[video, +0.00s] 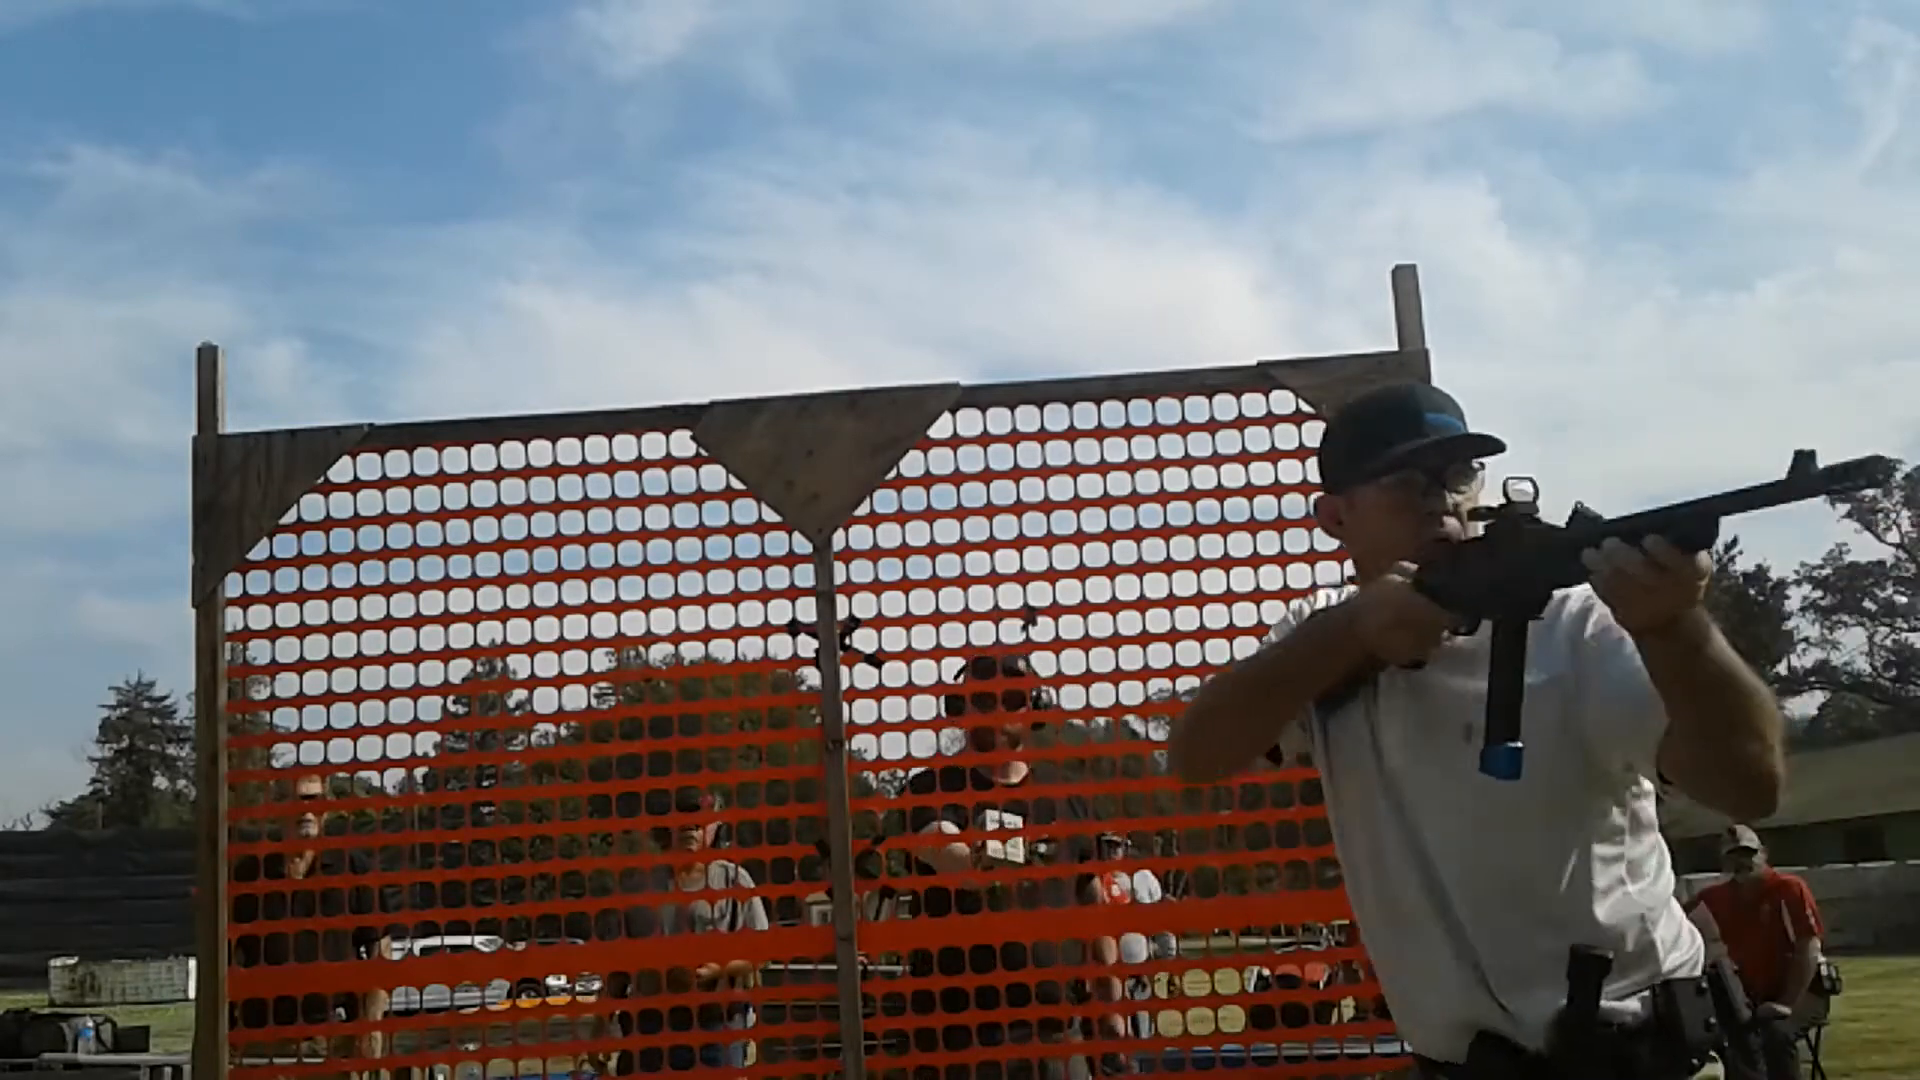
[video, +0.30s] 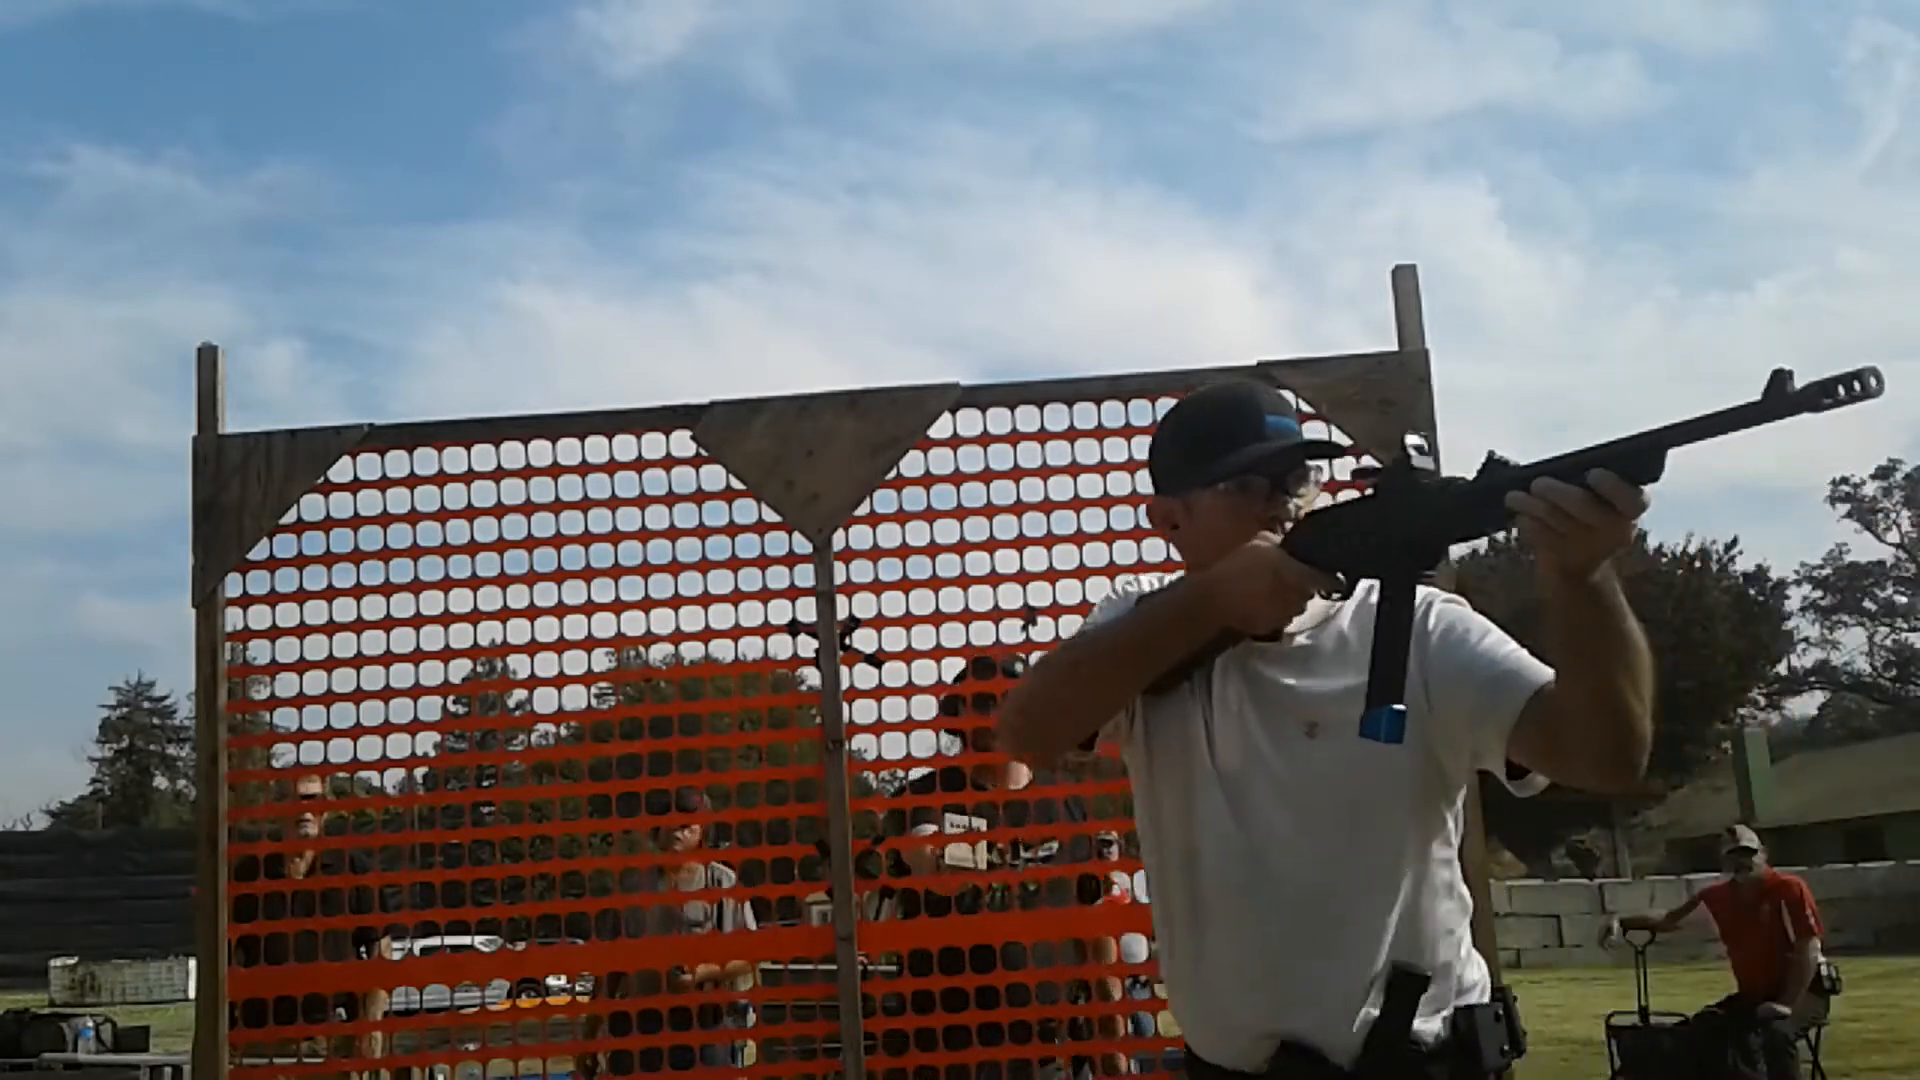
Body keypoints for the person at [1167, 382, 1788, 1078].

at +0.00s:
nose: (1448, 507)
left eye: (1460, 476)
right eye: (1409, 482)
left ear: (1483, 491)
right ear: (1337, 519)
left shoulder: (1570, 620)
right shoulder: (1327, 649)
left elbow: (1752, 788)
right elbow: (1193, 755)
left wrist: (1677, 630)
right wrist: (1346, 634)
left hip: (1648, 1036)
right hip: (1466, 1058)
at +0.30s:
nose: (1285, 507)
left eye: (1294, 481)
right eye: (1249, 485)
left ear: (1318, 489)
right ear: (1172, 519)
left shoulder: (1412, 628)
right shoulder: (1144, 636)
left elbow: (1608, 756)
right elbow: (1027, 730)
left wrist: (1579, 584)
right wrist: (1211, 600)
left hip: (1422, 1050)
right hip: (1228, 1059)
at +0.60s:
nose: (1180, 509)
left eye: (1192, 481)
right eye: (1146, 486)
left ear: (1216, 488)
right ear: (1066, 514)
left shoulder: (1297, 631)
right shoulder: (1028, 626)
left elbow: (1488, 756)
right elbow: (906, 726)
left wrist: (1465, 580)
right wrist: (1101, 594)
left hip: (1304, 1057)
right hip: (1103, 1065)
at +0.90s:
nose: (1124, 502)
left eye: (1137, 474)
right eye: (1090, 480)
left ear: (1160, 480)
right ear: (1004, 507)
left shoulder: (1235, 621)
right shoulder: (962, 620)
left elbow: (1422, 759)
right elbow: (834, 713)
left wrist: (1409, 576)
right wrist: (1033, 586)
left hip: (1239, 1052)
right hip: (1037, 1061)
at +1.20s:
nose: (1114, 496)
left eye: (1125, 468)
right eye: (1082, 474)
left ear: (1146, 475)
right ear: (995, 499)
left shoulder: (1224, 621)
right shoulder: (951, 635)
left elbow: (1406, 752)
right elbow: (820, 700)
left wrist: (1390, 569)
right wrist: (1024, 575)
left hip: (1220, 1055)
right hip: (1020, 1062)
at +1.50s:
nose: (1103, 506)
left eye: (1115, 480)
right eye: (1070, 485)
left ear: (1138, 485)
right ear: (981, 511)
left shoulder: (1206, 633)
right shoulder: (934, 638)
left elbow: (1395, 760)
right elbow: (810, 714)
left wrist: (1381, 581)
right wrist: (1009, 587)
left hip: (1198, 1055)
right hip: (994, 1060)